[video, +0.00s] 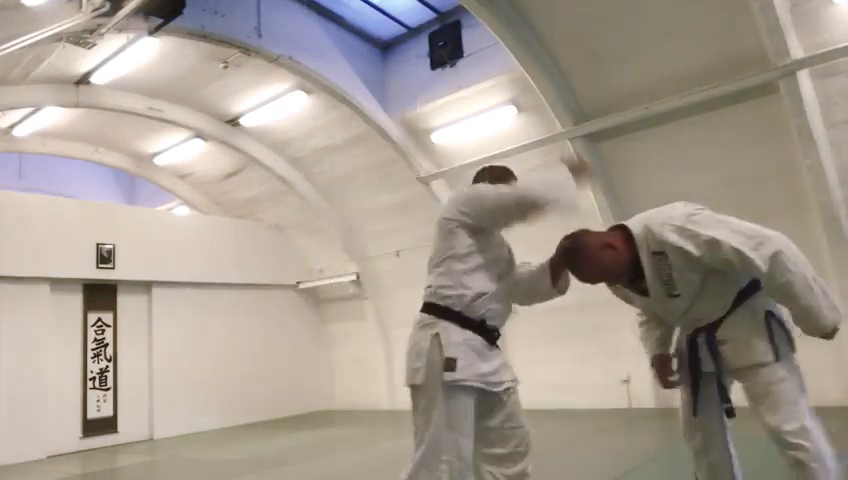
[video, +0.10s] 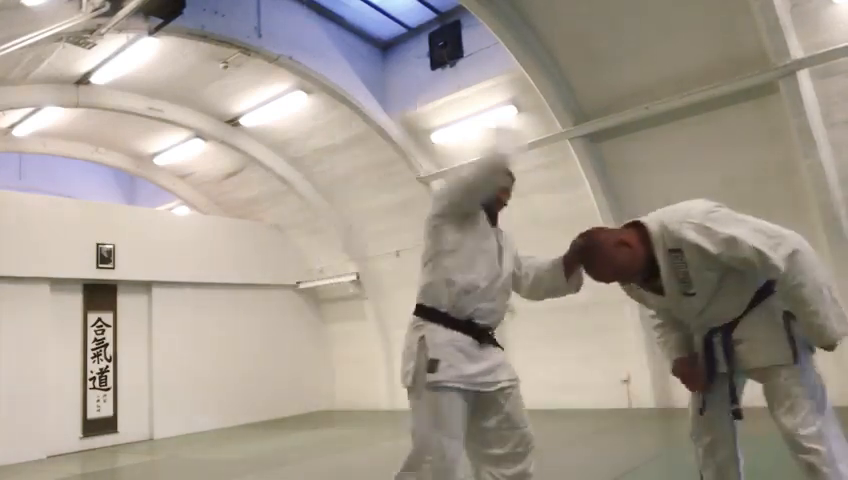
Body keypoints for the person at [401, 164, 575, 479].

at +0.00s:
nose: (513, 197)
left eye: (515, 191)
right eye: (506, 190)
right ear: (485, 186)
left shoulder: (501, 252)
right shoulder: (461, 206)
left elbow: (519, 287)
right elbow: (520, 196)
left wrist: (559, 265)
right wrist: (569, 176)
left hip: (485, 348)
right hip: (446, 338)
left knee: (509, 449)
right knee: (445, 458)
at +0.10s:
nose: (507, 193)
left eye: (511, 187)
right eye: (502, 184)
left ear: (509, 193)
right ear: (483, 183)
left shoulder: (503, 244)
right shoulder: (450, 215)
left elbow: (529, 279)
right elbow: (466, 187)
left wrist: (572, 262)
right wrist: (497, 158)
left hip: (484, 347)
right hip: (439, 341)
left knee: (511, 450)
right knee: (438, 459)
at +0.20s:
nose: (491, 193)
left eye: (495, 189)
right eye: (485, 184)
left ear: (495, 193)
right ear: (463, 181)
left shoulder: (497, 239)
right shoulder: (436, 216)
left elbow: (534, 264)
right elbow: (445, 174)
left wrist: (584, 251)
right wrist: (458, 136)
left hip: (479, 351)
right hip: (430, 345)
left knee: (513, 452)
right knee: (423, 460)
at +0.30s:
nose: (468, 196)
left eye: (472, 191)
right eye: (462, 188)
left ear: (473, 196)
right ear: (438, 186)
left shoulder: (481, 240)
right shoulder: (413, 225)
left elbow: (527, 264)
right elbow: (416, 168)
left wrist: (575, 255)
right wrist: (435, 148)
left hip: (466, 357)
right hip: (415, 355)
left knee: (514, 454)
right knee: (410, 465)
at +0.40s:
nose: (438, 199)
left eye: (444, 194)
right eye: (431, 190)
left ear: (449, 201)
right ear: (412, 192)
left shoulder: (454, 247)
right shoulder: (389, 237)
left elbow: (496, 279)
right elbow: (386, 181)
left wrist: (546, 287)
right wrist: (419, 157)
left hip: (448, 365)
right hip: (396, 364)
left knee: (500, 454)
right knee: (401, 465)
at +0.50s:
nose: (415, 200)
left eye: (422, 194)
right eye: (408, 190)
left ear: (427, 202)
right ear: (389, 192)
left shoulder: (428, 248)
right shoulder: (366, 236)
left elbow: (456, 299)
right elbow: (352, 206)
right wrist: (385, 181)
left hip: (427, 363)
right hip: (377, 363)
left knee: (474, 454)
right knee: (387, 468)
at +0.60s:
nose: (394, 192)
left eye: (401, 187)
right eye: (387, 185)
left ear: (406, 195)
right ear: (371, 188)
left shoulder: (410, 243)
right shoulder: (346, 229)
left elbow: (425, 307)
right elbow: (310, 247)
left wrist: (440, 360)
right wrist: (356, 224)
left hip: (412, 359)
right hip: (363, 359)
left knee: (446, 454)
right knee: (374, 465)